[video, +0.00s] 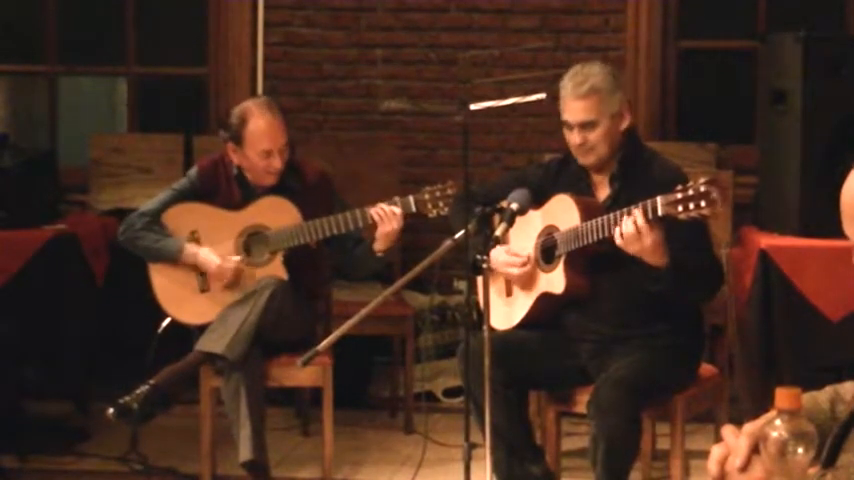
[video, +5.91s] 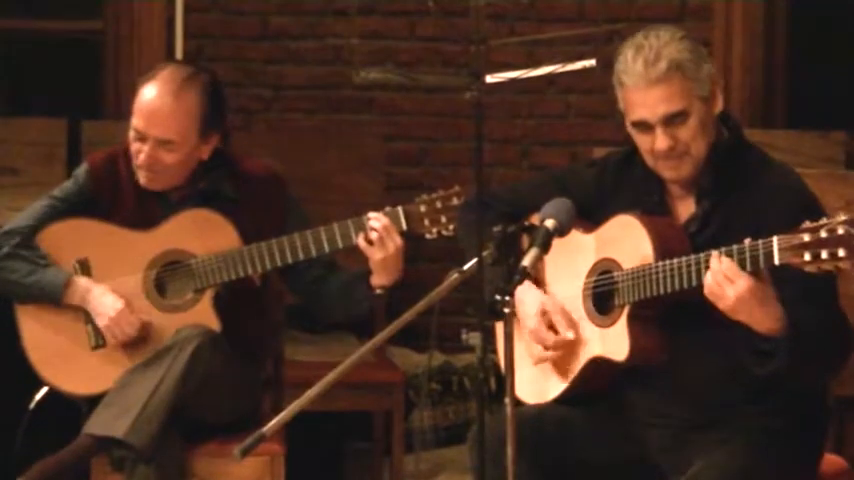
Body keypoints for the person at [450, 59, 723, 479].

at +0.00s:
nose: (577, 139)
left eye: (589, 126)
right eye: (568, 128)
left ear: (623, 119)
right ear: (561, 124)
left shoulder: (665, 184)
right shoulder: (557, 176)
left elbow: (706, 281)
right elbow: (467, 205)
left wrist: (661, 260)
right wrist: (486, 250)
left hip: (653, 342)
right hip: (573, 336)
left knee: (613, 394)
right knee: (484, 353)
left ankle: (609, 473)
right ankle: (524, 471)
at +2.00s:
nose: (585, 138)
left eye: (597, 125)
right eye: (573, 127)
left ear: (624, 117)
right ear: (563, 124)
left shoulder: (666, 183)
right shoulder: (557, 177)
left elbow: (705, 284)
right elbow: (467, 202)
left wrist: (662, 259)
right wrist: (489, 249)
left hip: (652, 344)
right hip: (572, 338)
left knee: (613, 404)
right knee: (484, 352)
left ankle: (613, 474)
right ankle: (525, 471)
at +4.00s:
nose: (618, 147)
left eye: (631, 129)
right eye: (603, 133)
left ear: (664, 113)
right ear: (590, 128)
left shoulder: (715, 187)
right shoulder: (583, 179)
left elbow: (756, 315)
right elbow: (476, 208)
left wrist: (704, 292)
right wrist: (498, 273)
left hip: (700, 378)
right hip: (605, 370)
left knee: (657, 446)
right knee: (500, 393)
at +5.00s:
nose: (656, 158)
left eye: (670, 136)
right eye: (637, 143)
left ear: (704, 113)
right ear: (618, 131)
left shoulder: (761, 198)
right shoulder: (604, 181)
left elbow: (805, 348)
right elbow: (479, 211)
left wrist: (745, 329)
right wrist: (508, 286)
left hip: (736, 406)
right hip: (622, 397)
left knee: (712, 460)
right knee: (499, 428)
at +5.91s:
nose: (663, 144)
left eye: (677, 120)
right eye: (643, 127)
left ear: (714, 101)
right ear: (624, 123)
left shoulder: (775, 195)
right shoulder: (612, 181)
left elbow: (830, 348)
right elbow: (482, 212)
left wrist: (774, 324)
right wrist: (516, 289)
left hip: (744, 421)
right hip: (625, 410)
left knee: (722, 467)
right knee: (501, 436)